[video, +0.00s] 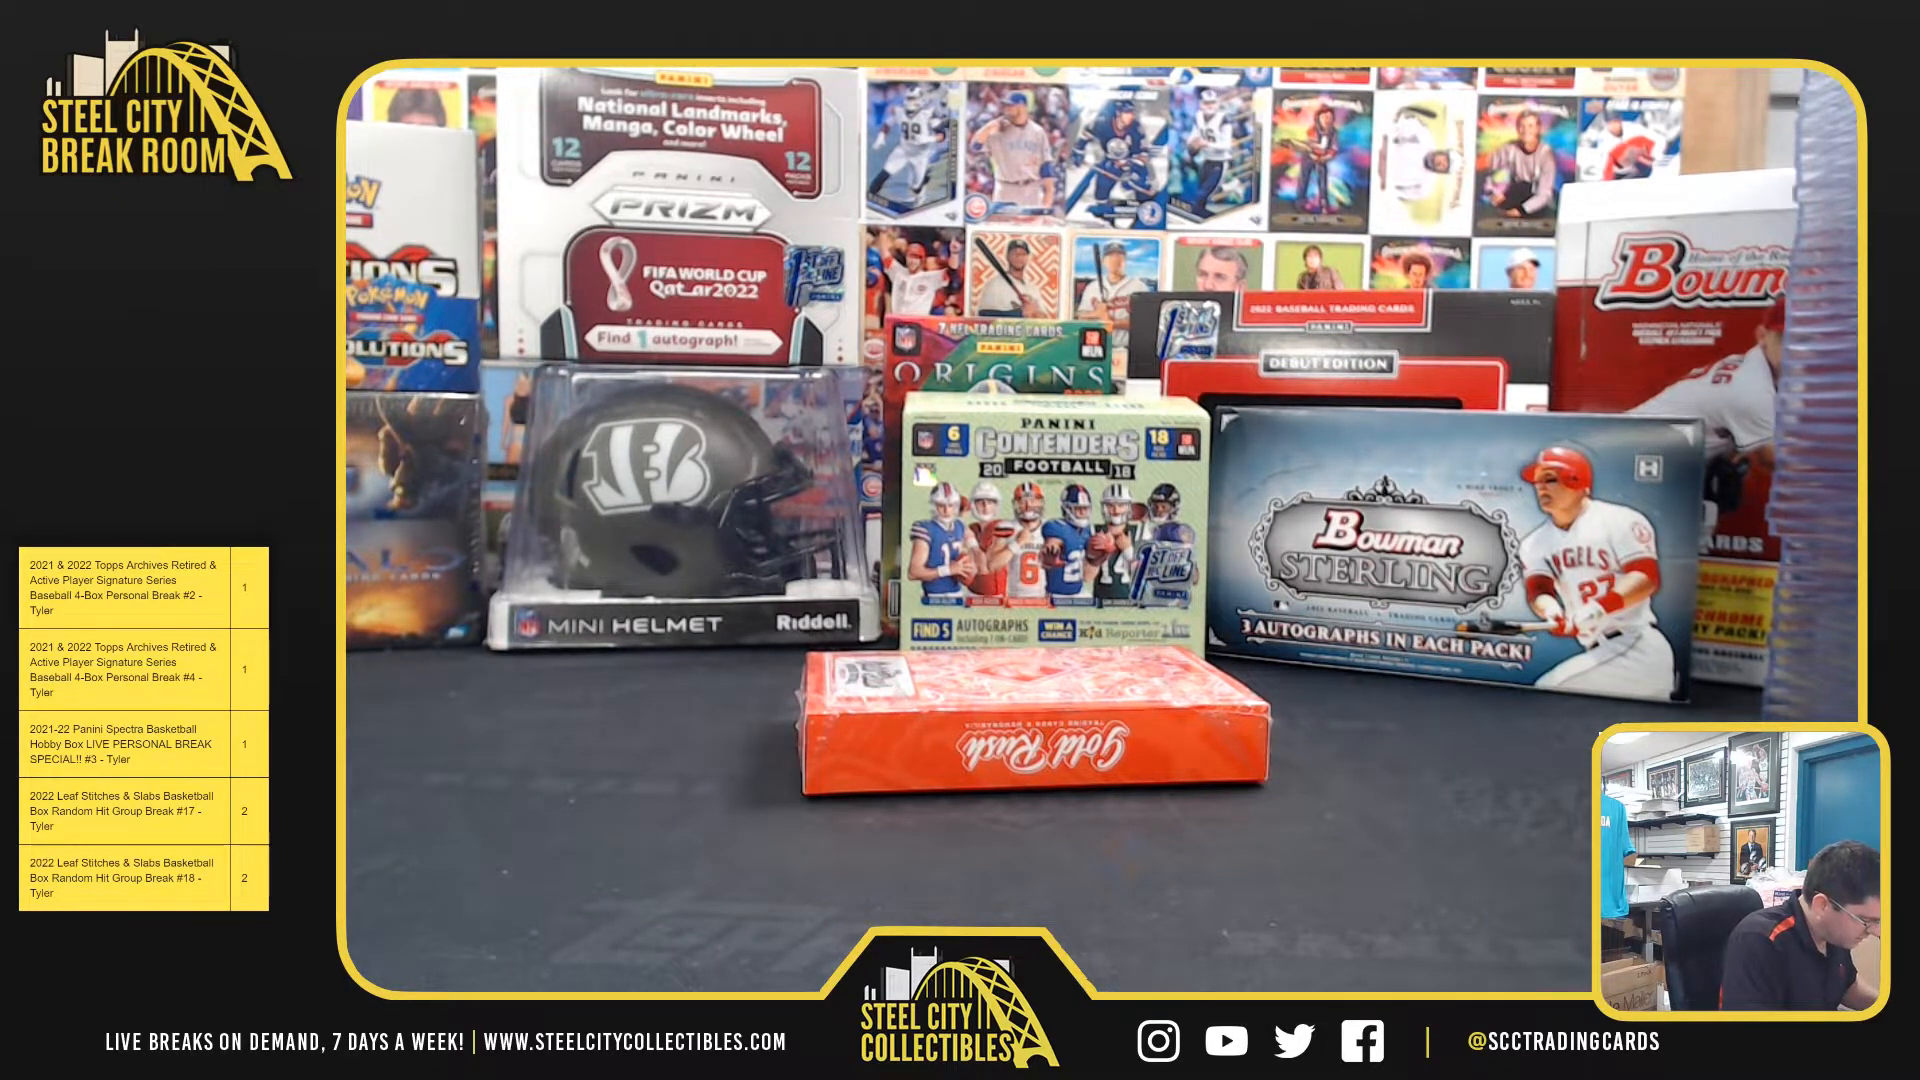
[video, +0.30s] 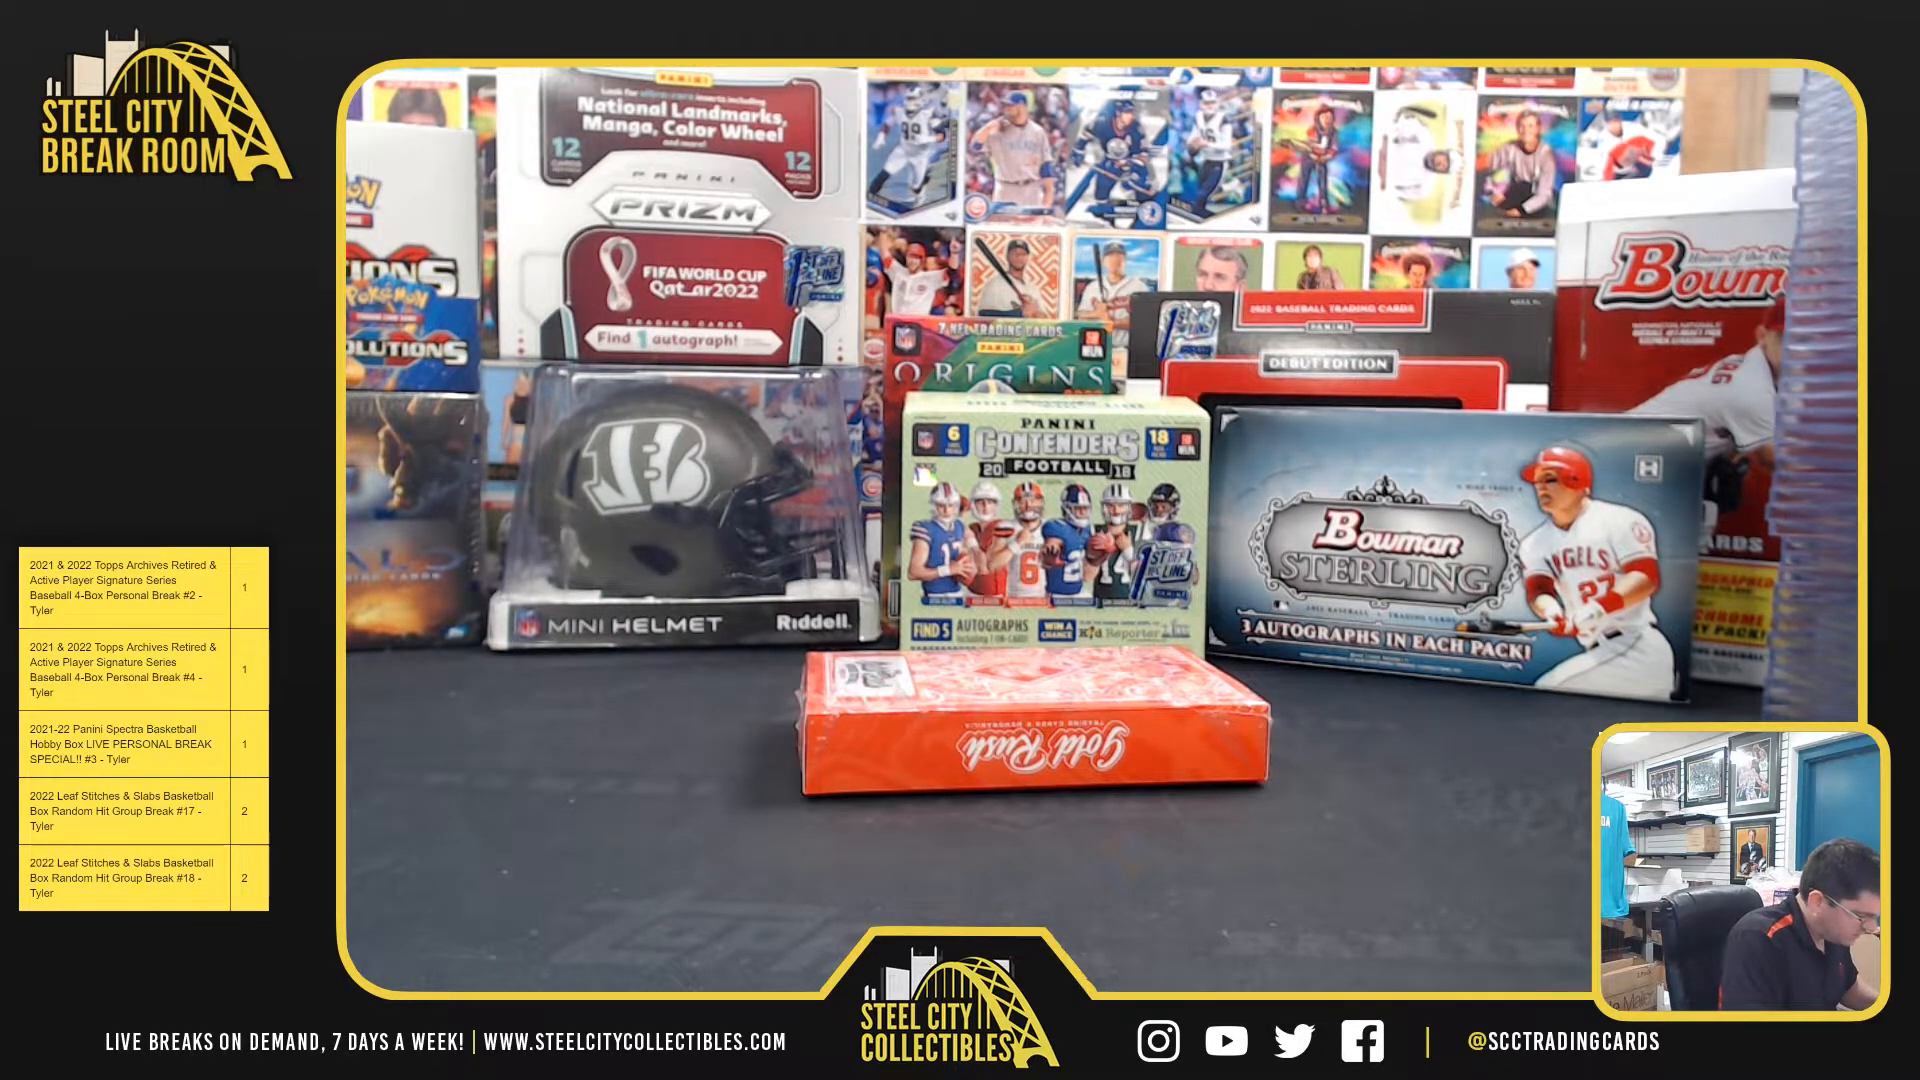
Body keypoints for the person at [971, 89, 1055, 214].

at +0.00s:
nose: (1006, 110)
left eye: (1010, 106)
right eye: (1006, 106)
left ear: (1022, 107)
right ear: (1004, 107)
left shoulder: (1038, 132)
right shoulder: (997, 129)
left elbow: (1046, 167)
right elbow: (975, 147)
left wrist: (1048, 200)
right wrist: (990, 127)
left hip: (1031, 186)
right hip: (1004, 186)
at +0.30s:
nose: (1006, 110)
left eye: (1010, 106)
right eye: (1006, 106)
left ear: (1022, 107)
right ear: (1004, 107)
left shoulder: (1038, 132)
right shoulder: (997, 129)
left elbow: (1046, 167)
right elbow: (975, 147)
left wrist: (1048, 200)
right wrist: (990, 127)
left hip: (1031, 186)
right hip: (1004, 186)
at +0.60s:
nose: (1006, 110)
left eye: (1010, 106)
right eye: (1006, 106)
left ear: (1022, 107)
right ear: (1004, 107)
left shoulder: (1038, 132)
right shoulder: (997, 129)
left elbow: (1046, 166)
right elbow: (974, 148)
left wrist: (1048, 198)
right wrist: (990, 127)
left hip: (1031, 186)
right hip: (1005, 186)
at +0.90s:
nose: (1006, 110)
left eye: (1010, 106)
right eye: (1006, 106)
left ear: (1022, 107)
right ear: (1004, 107)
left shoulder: (1038, 132)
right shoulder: (996, 129)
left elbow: (1046, 166)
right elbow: (974, 147)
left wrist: (1048, 198)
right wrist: (991, 127)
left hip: (1032, 186)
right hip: (1005, 186)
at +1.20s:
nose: (1006, 110)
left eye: (1010, 106)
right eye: (1005, 106)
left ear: (1022, 107)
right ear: (1004, 107)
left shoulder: (1038, 132)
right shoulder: (996, 129)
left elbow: (1046, 166)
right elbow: (974, 148)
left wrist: (1048, 198)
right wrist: (991, 127)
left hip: (1032, 186)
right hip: (1005, 186)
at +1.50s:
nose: (1006, 110)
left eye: (1010, 106)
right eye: (1005, 106)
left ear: (1022, 107)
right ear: (1004, 107)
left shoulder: (1038, 132)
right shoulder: (996, 129)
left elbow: (1046, 166)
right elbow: (974, 148)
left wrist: (1048, 198)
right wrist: (991, 127)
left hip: (1032, 186)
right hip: (1005, 186)